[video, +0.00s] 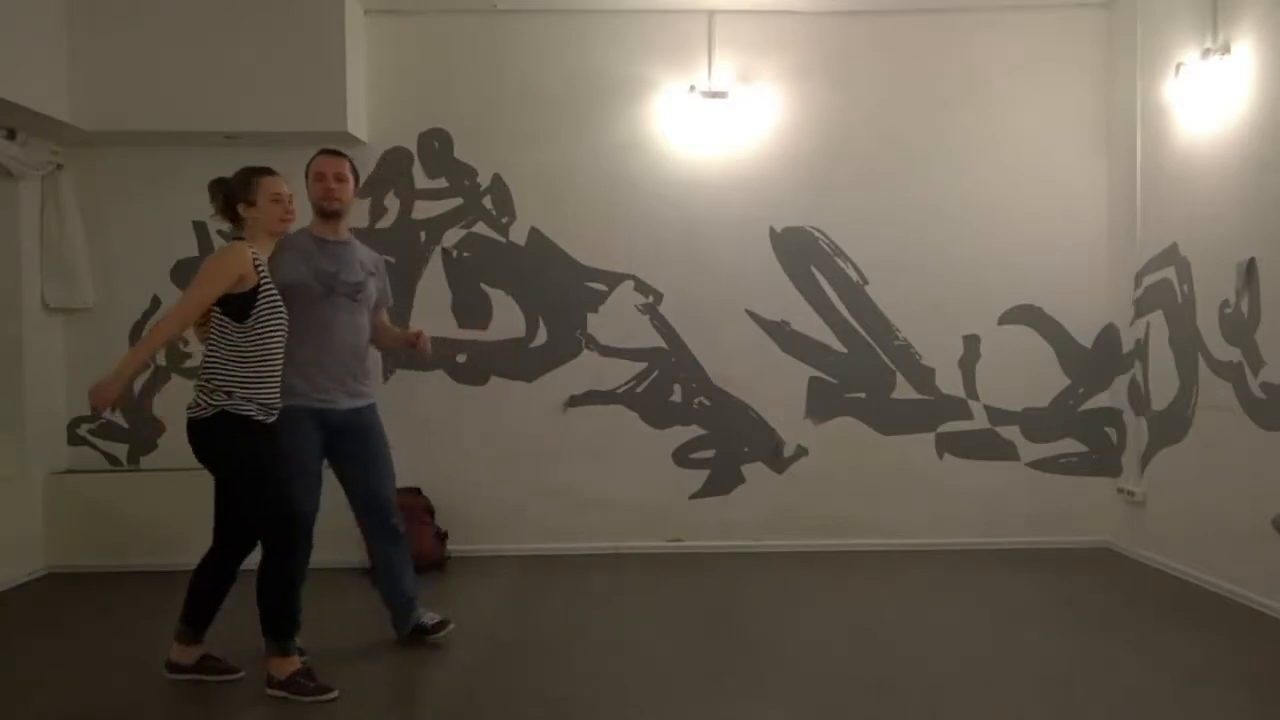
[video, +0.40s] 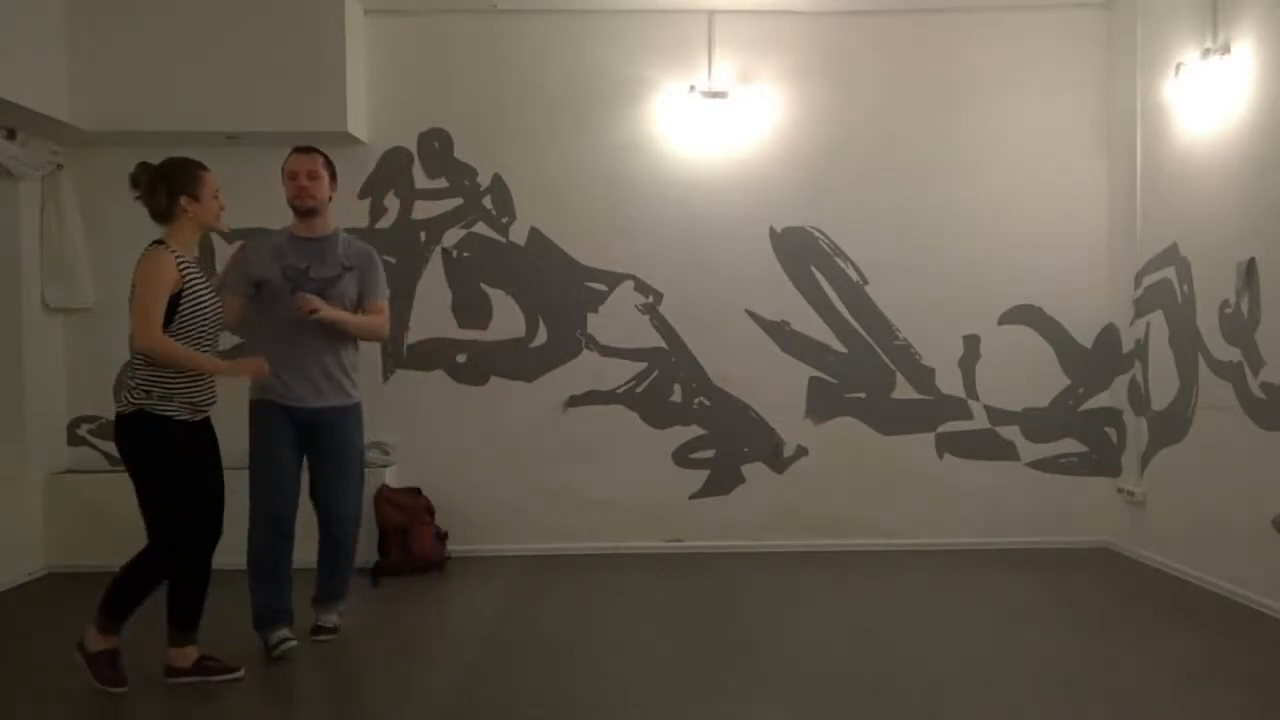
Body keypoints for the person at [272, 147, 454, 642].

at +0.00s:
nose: (330, 186)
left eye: (340, 179)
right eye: (321, 179)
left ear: (355, 191)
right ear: (307, 190)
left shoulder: (369, 262)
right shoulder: (283, 250)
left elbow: (379, 329)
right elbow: (248, 306)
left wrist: (404, 338)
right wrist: (208, 320)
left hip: (356, 408)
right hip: (295, 407)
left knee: (382, 511)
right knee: (294, 523)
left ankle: (407, 615)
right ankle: (282, 635)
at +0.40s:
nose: (303, 185)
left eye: (313, 177)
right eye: (294, 178)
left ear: (332, 188)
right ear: (283, 188)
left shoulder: (361, 255)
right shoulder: (256, 251)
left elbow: (380, 326)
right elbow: (225, 316)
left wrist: (334, 314)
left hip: (338, 405)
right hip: (274, 404)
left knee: (341, 515)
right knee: (272, 515)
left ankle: (329, 607)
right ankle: (274, 624)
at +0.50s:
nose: (302, 189)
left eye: (313, 181)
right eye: (294, 182)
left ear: (333, 191)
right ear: (284, 193)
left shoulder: (363, 258)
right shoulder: (263, 254)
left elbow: (378, 329)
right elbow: (215, 307)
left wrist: (318, 313)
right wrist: (247, 312)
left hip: (340, 409)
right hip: (277, 407)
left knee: (334, 515)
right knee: (277, 516)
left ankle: (326, 606)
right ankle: (273, 626)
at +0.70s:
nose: (299, 186)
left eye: (309, 178)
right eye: (290, 179)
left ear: (332, 188)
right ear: (281, 191)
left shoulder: (360, 256)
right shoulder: (261, 254)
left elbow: (366, 330)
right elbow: (212, 305)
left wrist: (290, 318)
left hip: (338, 411)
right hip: (276, 410)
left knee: (332, 518)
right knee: (279, 517)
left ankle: (326, 605)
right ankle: (310, 627)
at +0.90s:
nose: (289, 184)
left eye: (300, 176)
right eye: (282, 177)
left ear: (326, 188)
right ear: (275, 190)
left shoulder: (351, 256)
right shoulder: (264, 256)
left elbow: (349, 333)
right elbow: (220, 307)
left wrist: (269, 317)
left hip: (328, 407)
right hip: (271, 406)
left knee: (308, 513)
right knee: (279, 520)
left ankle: (358, 596)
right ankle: (312, 632)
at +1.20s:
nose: (259, 176)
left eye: (271, 168)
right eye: (257, 168)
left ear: (305, 180)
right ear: (264, 182)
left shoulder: (325, 246)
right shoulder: (280, 252)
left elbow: (319, 332)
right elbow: (269, 327)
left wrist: (229, 341)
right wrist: (212, 333)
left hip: (318, 410)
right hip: (290, 410)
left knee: (284, 529)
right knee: (289, 528)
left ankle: (306, 662)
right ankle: (310, 645)